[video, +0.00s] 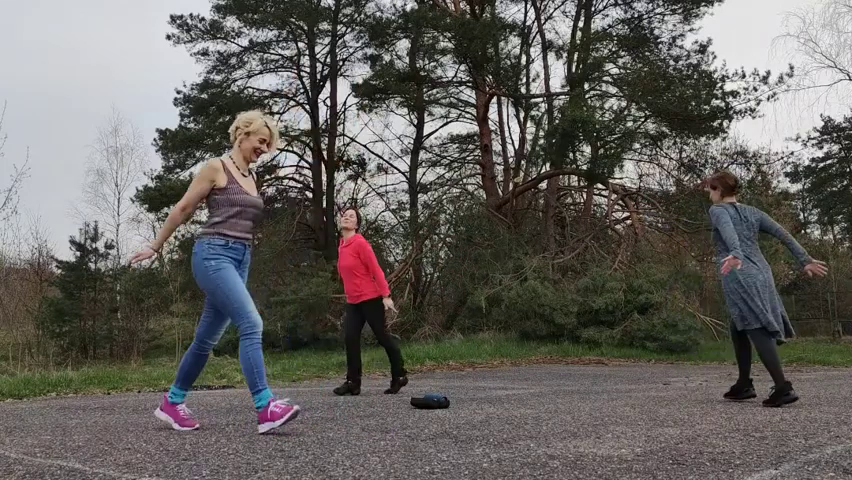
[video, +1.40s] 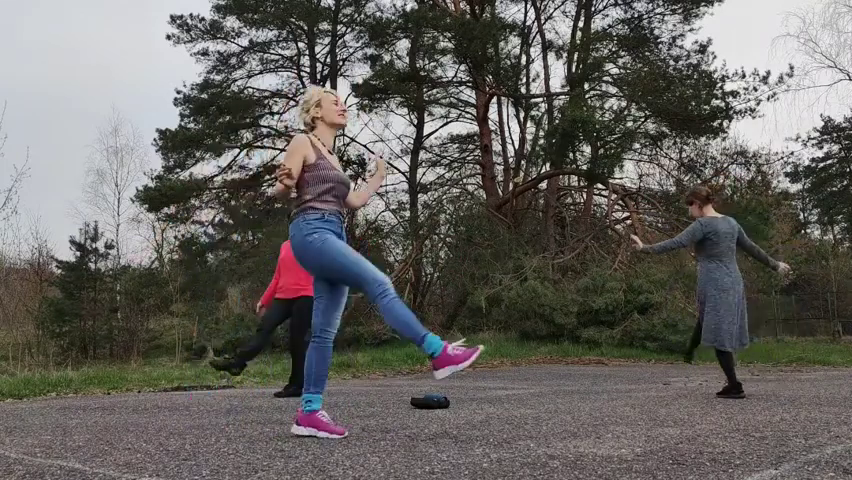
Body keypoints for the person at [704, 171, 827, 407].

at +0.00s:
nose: (709, 194)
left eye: (711, 190)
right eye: (709, 190)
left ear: (719, 190)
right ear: (733, 190)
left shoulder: (717, 210)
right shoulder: (751, 211)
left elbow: (727, 228)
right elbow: (782, 233)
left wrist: (735, 252)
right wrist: (805, 259)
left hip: (740, 275)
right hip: (761, 273)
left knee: (756, 329)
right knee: (739, 327)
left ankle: (782, 387)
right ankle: (744, 383)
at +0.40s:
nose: (716, 201)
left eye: (716, 196)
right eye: (715, 196)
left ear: (725, 192)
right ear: (740, 190)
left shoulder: (729, 215)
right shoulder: (764, 213)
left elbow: (721, 245)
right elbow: (786, 245)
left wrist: (708, 270)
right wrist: (809, 274)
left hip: (744, 284)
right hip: (770, 281)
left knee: (734, 336)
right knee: (761, 335)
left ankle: (764, 372)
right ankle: (771, 390)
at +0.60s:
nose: (714, 201)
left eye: (714, 196)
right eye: (713, 197)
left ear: (722, 192)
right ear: (735, 190)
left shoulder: (726, 215)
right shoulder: (761, 211)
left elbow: (707, 238)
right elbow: (785, 238)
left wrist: (681, 256)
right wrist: (808, 255)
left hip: (739, 278)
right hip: (765, 275)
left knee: (728, 330)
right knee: (764, 331)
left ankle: (743, 374)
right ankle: (771, 388)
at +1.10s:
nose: (698, 208)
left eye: (698, 202)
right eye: (697, 203)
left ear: (707, 200)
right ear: (716, 198)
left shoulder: (706, 224)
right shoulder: (740, 219)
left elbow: (681, 244)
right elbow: (764, 239)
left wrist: (650, 250)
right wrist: (791, 250)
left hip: (714, 283)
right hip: (739, 280)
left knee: (722, 334)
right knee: (746, 330)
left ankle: (733, 384)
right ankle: (762, 379)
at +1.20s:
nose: (695, 209)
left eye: (696, 204)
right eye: (694, 204)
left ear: (704, 201)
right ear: (713, 199)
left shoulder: (705, 225)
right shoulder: (738, 221)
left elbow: (679, 245)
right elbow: (762, 242)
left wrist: (648, 252)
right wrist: (787, 256)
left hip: (714, 284)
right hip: (738, 282)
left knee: (718, 333)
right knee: (739, 331)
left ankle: (733, 384)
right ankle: (736, 375)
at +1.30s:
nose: (692, 211)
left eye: (693, 206)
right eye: (691, 206)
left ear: (702, 203)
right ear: (710, 202)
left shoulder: (704, 225)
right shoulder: (734, 222)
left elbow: (679, 244)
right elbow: (756, 245)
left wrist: (647, 252)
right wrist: (782, 262)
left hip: (714, 285)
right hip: (735, 282)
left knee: (716, 333)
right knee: (732, 326)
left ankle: (734, 385)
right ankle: (714, 352)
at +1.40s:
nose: (689, 212)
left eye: (690, 207)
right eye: (689, 208)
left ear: (697, 204)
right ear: (709, 203)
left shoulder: (701, 224)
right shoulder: (731, 223)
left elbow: (675, 243)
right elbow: (752, 248)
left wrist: (644, 248)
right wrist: (775, 264)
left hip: (713, 281)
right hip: (733, 280)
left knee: (717, 332)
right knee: (708, 319)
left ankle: (733, 383)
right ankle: (689, 350)